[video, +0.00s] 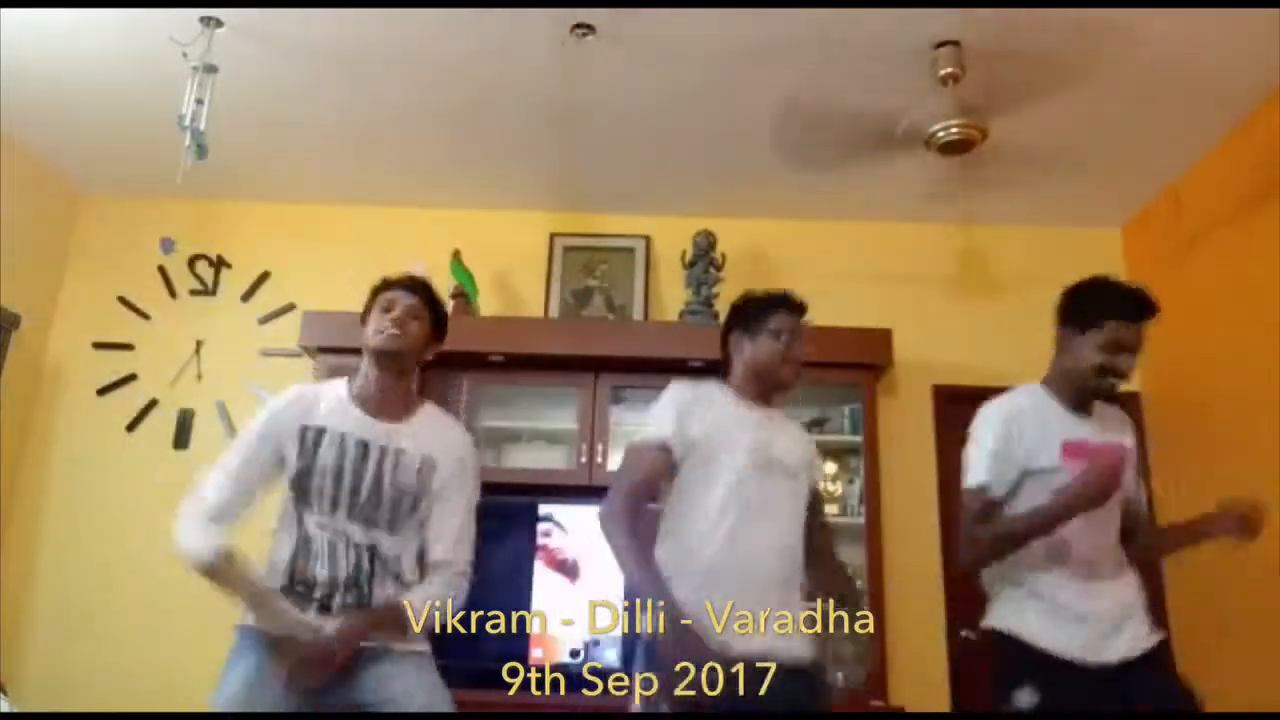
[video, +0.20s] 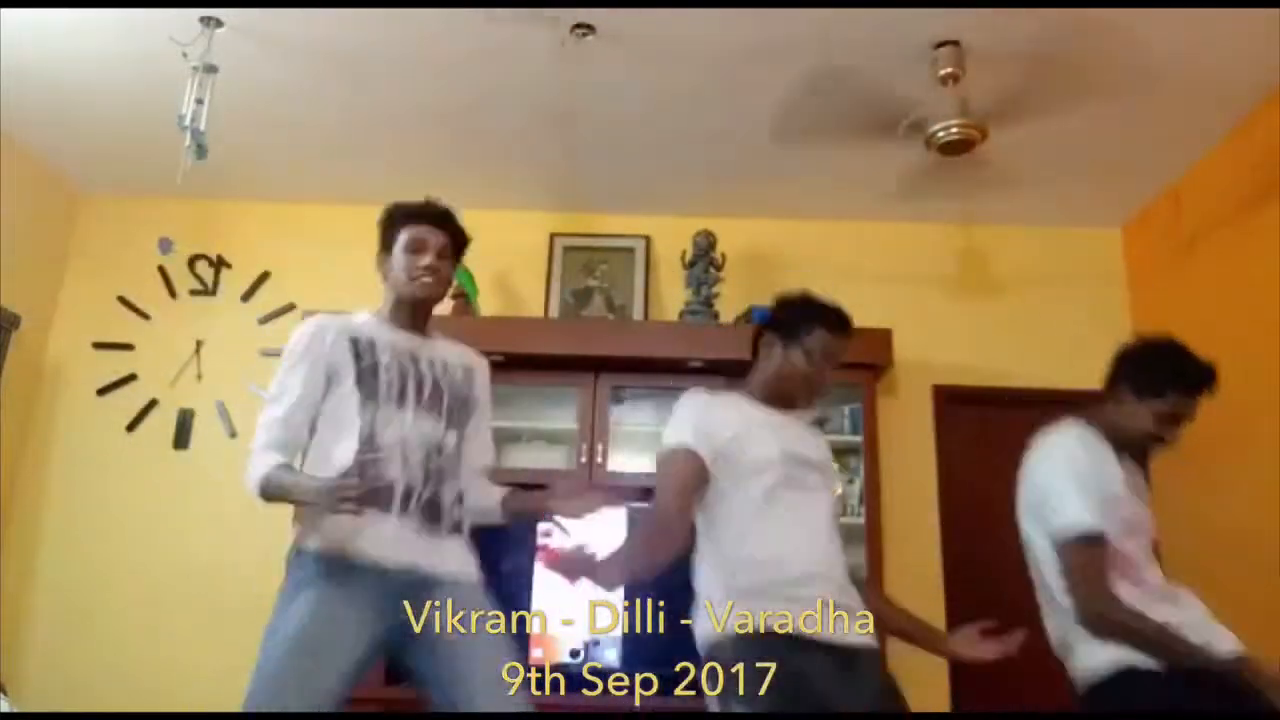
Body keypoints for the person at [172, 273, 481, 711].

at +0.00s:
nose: (394, 319)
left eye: (413, 316)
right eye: (385, 309)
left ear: (431, 346)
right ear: (364, 327)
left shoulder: (449, 443)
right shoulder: (301, 408)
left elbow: (450, 583)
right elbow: (197, 525)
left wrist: (356, 627)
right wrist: (284, 623)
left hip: (387, 649)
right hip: (279, 639)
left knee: (427, 706)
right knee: (238, 704)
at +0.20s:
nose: (429, 262)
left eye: (443, 254)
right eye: (414, 249)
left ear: (453, 274)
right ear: (384, 263)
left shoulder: (469, 368)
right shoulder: (327, 337)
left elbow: (470, 494)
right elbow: (266, 469)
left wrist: (549, 501)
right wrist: (320, 490)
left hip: (446, 578)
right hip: (341, 567)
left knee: (502, 705)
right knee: (276, 705)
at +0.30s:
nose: (438, 257)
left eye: (452, 249)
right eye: (422, 244)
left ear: (463, 268)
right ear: (393, 256)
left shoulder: (473, 362)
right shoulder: (336, 326)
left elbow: (470, 482)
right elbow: (280, 430)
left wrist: (539, 513)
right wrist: (268, 493)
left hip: (464, 555)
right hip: (358, 543)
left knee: (534, 698)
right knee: (295, 700)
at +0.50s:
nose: (464, 318)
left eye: (474, 308)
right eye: (447, 303)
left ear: (484, 325)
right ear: (413, 317)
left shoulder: (491, 442)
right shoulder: (357, 401)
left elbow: (490, 573)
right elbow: (271, 526)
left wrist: (537, 614)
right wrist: (148, 561)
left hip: (487, 642)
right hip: (391, 637)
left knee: (562, 700)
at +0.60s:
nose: (457, 283)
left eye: (471, 273)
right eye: (441, 271)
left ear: (485, 295)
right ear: (414, 288)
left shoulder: (510, 397)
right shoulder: (354, 372)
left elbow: (517, 522)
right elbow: (271, 494)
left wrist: (551, 541)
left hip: (501, 615)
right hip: (387, 615)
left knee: (559, 701)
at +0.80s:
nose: (444, 225)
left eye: (461, 218)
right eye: (431, 217)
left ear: (483, 243)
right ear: (410, 240)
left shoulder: (518, 335)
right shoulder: (347, 324)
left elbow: (557, 452)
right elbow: (292, 440)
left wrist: (493, 481)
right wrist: (359, 478)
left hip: (475, 571)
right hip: (361, 570)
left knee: (484, 705)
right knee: (296, 701)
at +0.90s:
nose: (431, 267)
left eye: (450, 258)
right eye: (423, 256)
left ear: (477, 281)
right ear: (409, 273)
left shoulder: (505, 377)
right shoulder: (343, 363)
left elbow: (542, 512)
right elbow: (305, 497)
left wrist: (454, 589)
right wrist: (360, 579)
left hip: (462, 610)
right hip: (355, 601)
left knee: (448, 704)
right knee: (284, 703)